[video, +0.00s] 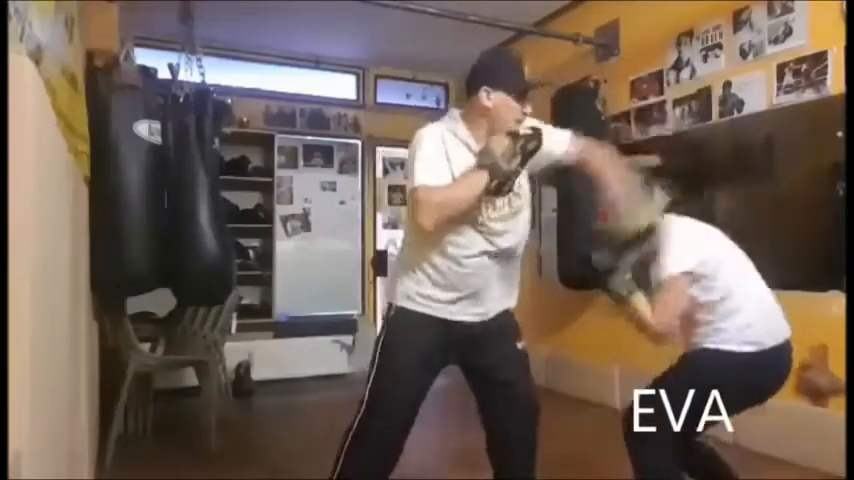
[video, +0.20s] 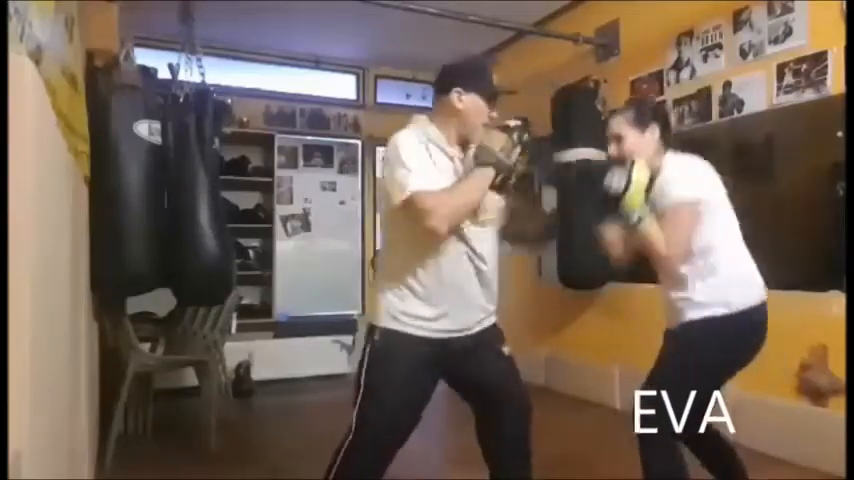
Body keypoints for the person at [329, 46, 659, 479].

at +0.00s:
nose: (528, 108)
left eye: (528, 98)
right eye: (520, 97)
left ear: (492, 99)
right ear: (487, 98)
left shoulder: (524, 137)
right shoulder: (435, 138)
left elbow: (596, 153)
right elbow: (429, 215)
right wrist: (490, 166)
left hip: (491, 318)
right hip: (421, 315)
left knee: (517, 422)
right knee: (380, 430)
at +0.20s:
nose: (494, 113)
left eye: (494, 103)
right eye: (487, 101)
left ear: (460, 101)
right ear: (457, 99)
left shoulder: (474, 153)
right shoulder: (407, 145)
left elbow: (521, 224)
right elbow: (437, 218)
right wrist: (487, 165)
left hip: (473, 327)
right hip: (408, 329)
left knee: (510, 413)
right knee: (372, 443)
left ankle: (511, 475)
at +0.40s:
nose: (451, 104)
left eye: (451, 95)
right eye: (444, 92)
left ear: (414, 93)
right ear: (415, 90)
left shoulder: (427, 144)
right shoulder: (383, 136)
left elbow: (491, 172)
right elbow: (458, 169)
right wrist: (487, 111)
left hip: (450, 324)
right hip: (392, 329)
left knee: (493, 427)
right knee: (363, 449)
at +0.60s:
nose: (454, 100)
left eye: (454, 91)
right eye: (447, 88)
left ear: (422, 91)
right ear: (418, 88)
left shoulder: (449, 149)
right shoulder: (373, 137)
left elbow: (503, 175)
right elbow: (402, 192)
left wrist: (551, 153)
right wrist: (458, 136)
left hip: (447, 327)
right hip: (381, 331)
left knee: (485, 448)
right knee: (354, 457)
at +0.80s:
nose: (480, 118)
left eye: (482, 109)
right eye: (476, 106)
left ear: (449, 101)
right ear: (450, 97)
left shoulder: (450, 155)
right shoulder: (402, 134)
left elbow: (471, 214)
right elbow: (441, 188)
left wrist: (495, 192)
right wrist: (493, 143)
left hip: (455, 328)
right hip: (393, 330)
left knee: (491, 439)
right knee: (361, 453)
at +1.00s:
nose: (494, 123)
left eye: (496, 117)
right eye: (491, 114)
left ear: (469, 109)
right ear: (472, 104)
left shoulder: (465, 167)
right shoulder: (425, 127)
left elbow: (460, 255)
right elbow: (505, 133)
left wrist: (524, 255)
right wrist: (542, 92)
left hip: (463, 323)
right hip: (404, 317)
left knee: (499, 429)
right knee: (370, 444)